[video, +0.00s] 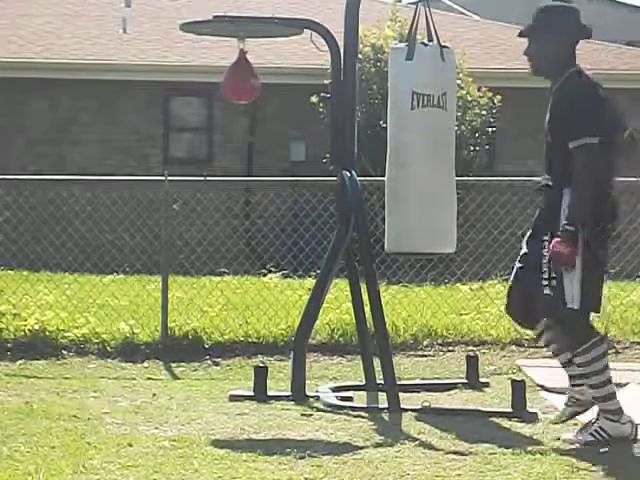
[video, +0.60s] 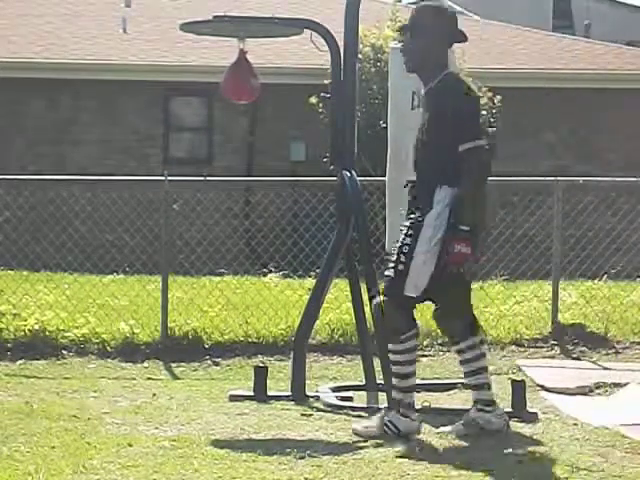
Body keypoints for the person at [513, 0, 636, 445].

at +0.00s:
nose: (525, 50)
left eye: (533, 41)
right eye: (527, 41)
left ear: (559, 44)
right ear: (558, 45)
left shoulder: (575, 92)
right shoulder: (567, 90)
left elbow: (589, 170)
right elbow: (570, 169)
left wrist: (572, 232)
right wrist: (548, 225)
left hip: (577, 219)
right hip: (559, 214)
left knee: (568, 316)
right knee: (535, 306)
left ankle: (612, 416)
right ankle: (583, 385)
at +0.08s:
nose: (510, 45)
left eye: (518, 37)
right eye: (513, 37)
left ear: (544, 41)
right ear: (544, 42)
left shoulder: (555, 86)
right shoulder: (558, 84)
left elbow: (572, 165)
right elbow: (606, 135)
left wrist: (550, 227)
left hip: (566, 212)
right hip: (541, 207)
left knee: (569, 316)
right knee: (508, 303)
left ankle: (614, 417)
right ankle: (527, 405)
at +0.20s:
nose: (485, 51)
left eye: (492, 43)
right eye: (487, 43)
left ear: (517, 48)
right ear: (517, 49)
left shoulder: (532, 94)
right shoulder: (516, 95)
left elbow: (546, 172)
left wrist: (518, 233)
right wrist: (501, 231)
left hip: (537, 223)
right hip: (509, 221)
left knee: (549, 325)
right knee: (482, 314)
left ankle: (611, 413)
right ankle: (491, 413)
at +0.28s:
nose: (465, 53)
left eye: (473, 45)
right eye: (466, 45)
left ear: (498, 51)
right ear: (495, 52)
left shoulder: (515, 96)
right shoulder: (500, 96)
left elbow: (530, 167)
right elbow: (556, 139)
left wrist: (508, 230)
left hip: (508, 226)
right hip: (488, 224)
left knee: (505, 326)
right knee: (471, 319)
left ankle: (587, 398)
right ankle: (490, 416)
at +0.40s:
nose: (436, 59)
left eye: (444, 51)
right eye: (438, 51)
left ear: (470, 54)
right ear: (468, 56)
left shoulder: (485, 98)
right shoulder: (478, 99)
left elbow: (508, 169)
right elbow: (496, 168)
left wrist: (499, 236)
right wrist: (464, 188)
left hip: (484, 219)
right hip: (473, 216)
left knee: (441, 316)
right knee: (454, 316)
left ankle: (523, 372)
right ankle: (488, 412)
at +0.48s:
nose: (425, 50)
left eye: (432, 42)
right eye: (427, 42)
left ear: (454, 46)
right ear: (453, 46)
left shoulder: (472, 91)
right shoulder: (463, 92)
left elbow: (493, 166)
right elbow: (473, 160)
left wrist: (484, 231)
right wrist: (445, 170)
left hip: (465, 210)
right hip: (469, 210)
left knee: (414, 303)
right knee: (463, 307)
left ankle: (477, 389)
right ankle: (481, 406)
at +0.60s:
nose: (403, 45)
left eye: (412, 37)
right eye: (405, 36)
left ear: (437, 44)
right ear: (426, 44)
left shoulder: (454, 95)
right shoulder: (439, 95)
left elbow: (474, 167)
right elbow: (441, 169)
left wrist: (463, 230)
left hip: (436, 214)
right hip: (442, 213)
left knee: (393, 306)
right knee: (455, 313)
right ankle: (486, 409)